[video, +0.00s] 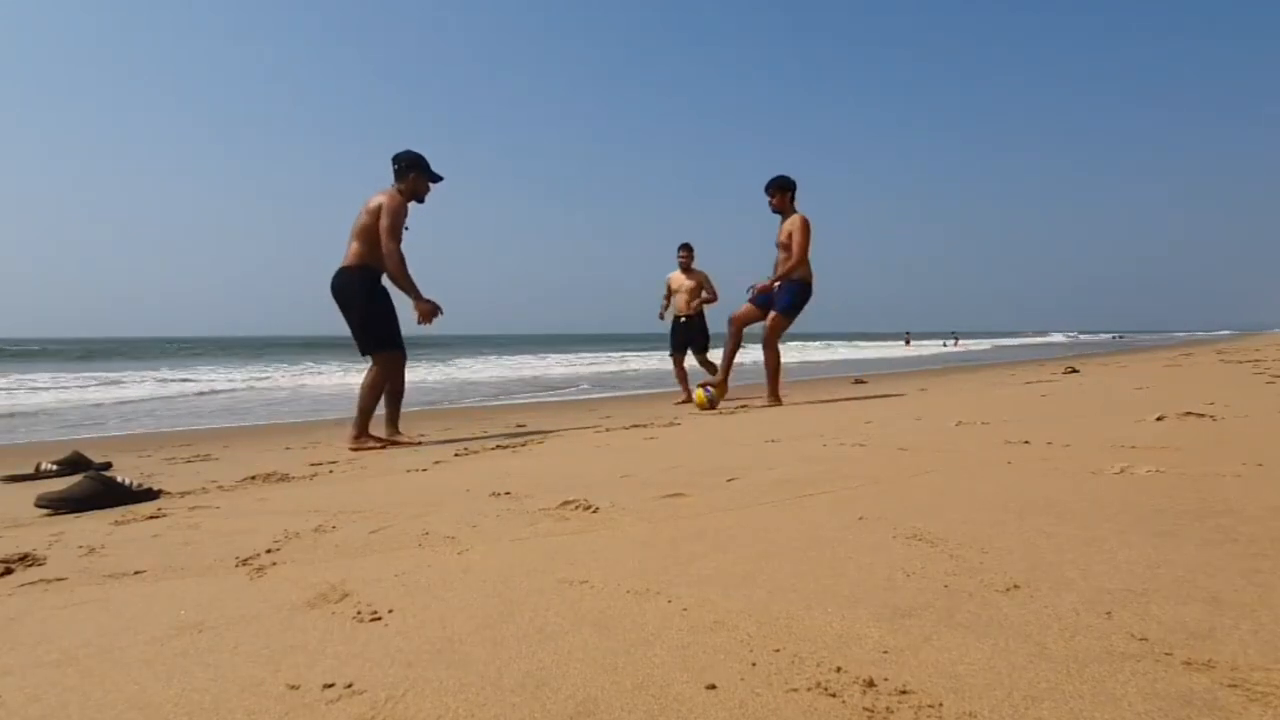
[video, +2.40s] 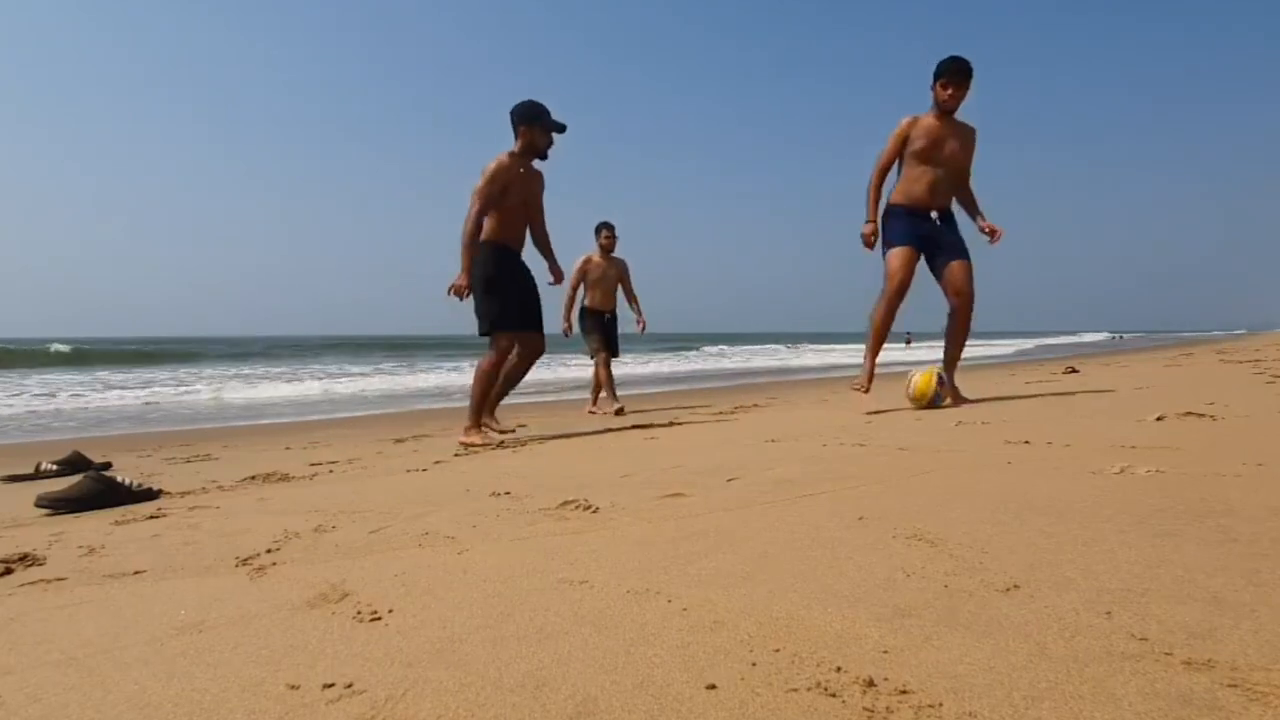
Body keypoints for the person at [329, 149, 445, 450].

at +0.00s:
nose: (429, 188)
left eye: (429, 182)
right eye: (426, 181)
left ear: (405, 179)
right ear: (410, 178)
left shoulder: (388, 203)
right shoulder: (391, 202)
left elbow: (390, 262)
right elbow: (390, 256)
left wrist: (417, 299)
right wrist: (418, 298)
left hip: (366, 283)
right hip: (357, 283)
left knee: (396, 358)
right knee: (384, 359)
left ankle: (392, 431)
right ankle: (358, 433)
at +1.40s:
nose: (447, 218)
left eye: (446, 213)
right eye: (442, 212)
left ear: (423, 214)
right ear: (427, 213)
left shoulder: (408, 238)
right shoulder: (425, 237)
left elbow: (416, 292)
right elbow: (425, 281)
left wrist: (445, 321)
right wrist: (445, 320)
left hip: (387, 307)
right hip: (402, 310)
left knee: (419, 374)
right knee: (423, 376)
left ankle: (395, 426)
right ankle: (367, 416)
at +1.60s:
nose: (465, 228)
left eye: (465, 223)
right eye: (461, 222)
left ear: (441, 222)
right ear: (445, 221)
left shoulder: (424, 244)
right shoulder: (439, 245)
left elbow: (427, 297)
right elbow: (432, 286)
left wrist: (451, 330)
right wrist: (448, 329)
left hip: (392, 311)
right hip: (407, 312)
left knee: (427, 368)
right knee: (457, 367)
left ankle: (398, 424)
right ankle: (413, 415)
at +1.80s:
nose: (487, 204)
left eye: (486, 199)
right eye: (482, 198)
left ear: (462, 198)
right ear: (465, 197)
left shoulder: (444, 220)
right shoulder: (454, 222)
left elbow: (442, 273)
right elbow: (444, 270)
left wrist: (461, 314)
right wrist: (458, 312)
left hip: (413, 295)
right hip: (428, 296)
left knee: (428, 359)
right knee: (469, 359)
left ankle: (406, 418)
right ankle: (448, 426)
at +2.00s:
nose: (507, 177)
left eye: (507, 171)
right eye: (503, 170)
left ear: (486, 171)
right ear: (483, 169)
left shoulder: (481, 212)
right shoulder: (463, 193)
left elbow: (479, 260)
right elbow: (446, 235)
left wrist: (495, 302)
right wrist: (460, 283)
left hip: (444, 275)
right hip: (431, 271)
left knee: (465, 346)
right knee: (466, 344)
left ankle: (446, 420)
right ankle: (439, 419)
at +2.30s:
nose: (537, 156)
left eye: (538, 149)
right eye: (532, 148)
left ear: (517, 148)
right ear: (511, 145)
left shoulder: (521, 196)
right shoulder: (484, 182)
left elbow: (528, 246)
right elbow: (452, 227)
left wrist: (545, 286)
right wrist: (444, 282)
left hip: (496, 273)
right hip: (471, 270)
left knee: (507, 360)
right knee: (492, 351)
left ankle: (458, 408)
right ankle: (465, 430)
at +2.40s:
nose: (552, 139)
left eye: (552, 132)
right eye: (547, 131)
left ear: (532, 133)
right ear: (525, 131)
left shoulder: (535, 177)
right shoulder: (501, 168)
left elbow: (537, 224)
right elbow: (474, 217)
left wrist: (551, 261)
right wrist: (465, 271)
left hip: (513, 262)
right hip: (490, 259)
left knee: (532, 346)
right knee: (501, 345)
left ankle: (487, 409)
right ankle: (471, 427)